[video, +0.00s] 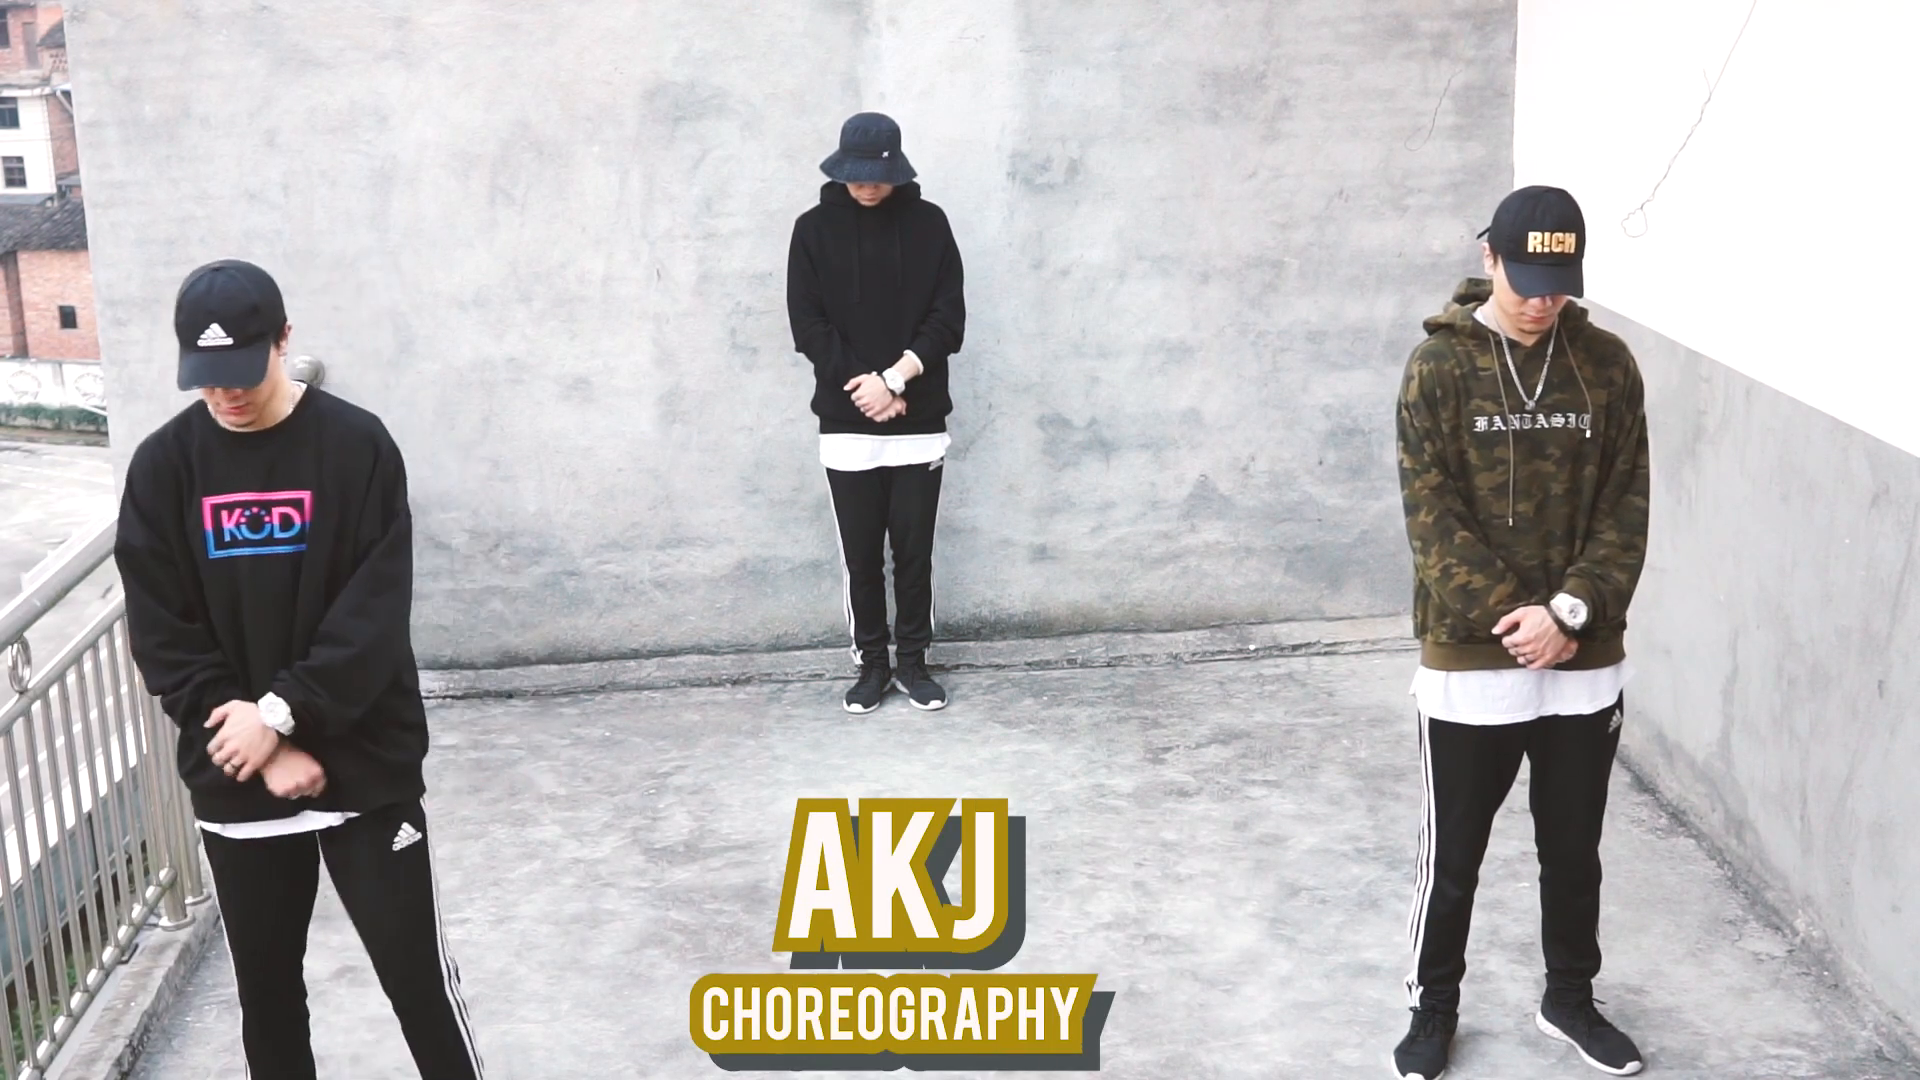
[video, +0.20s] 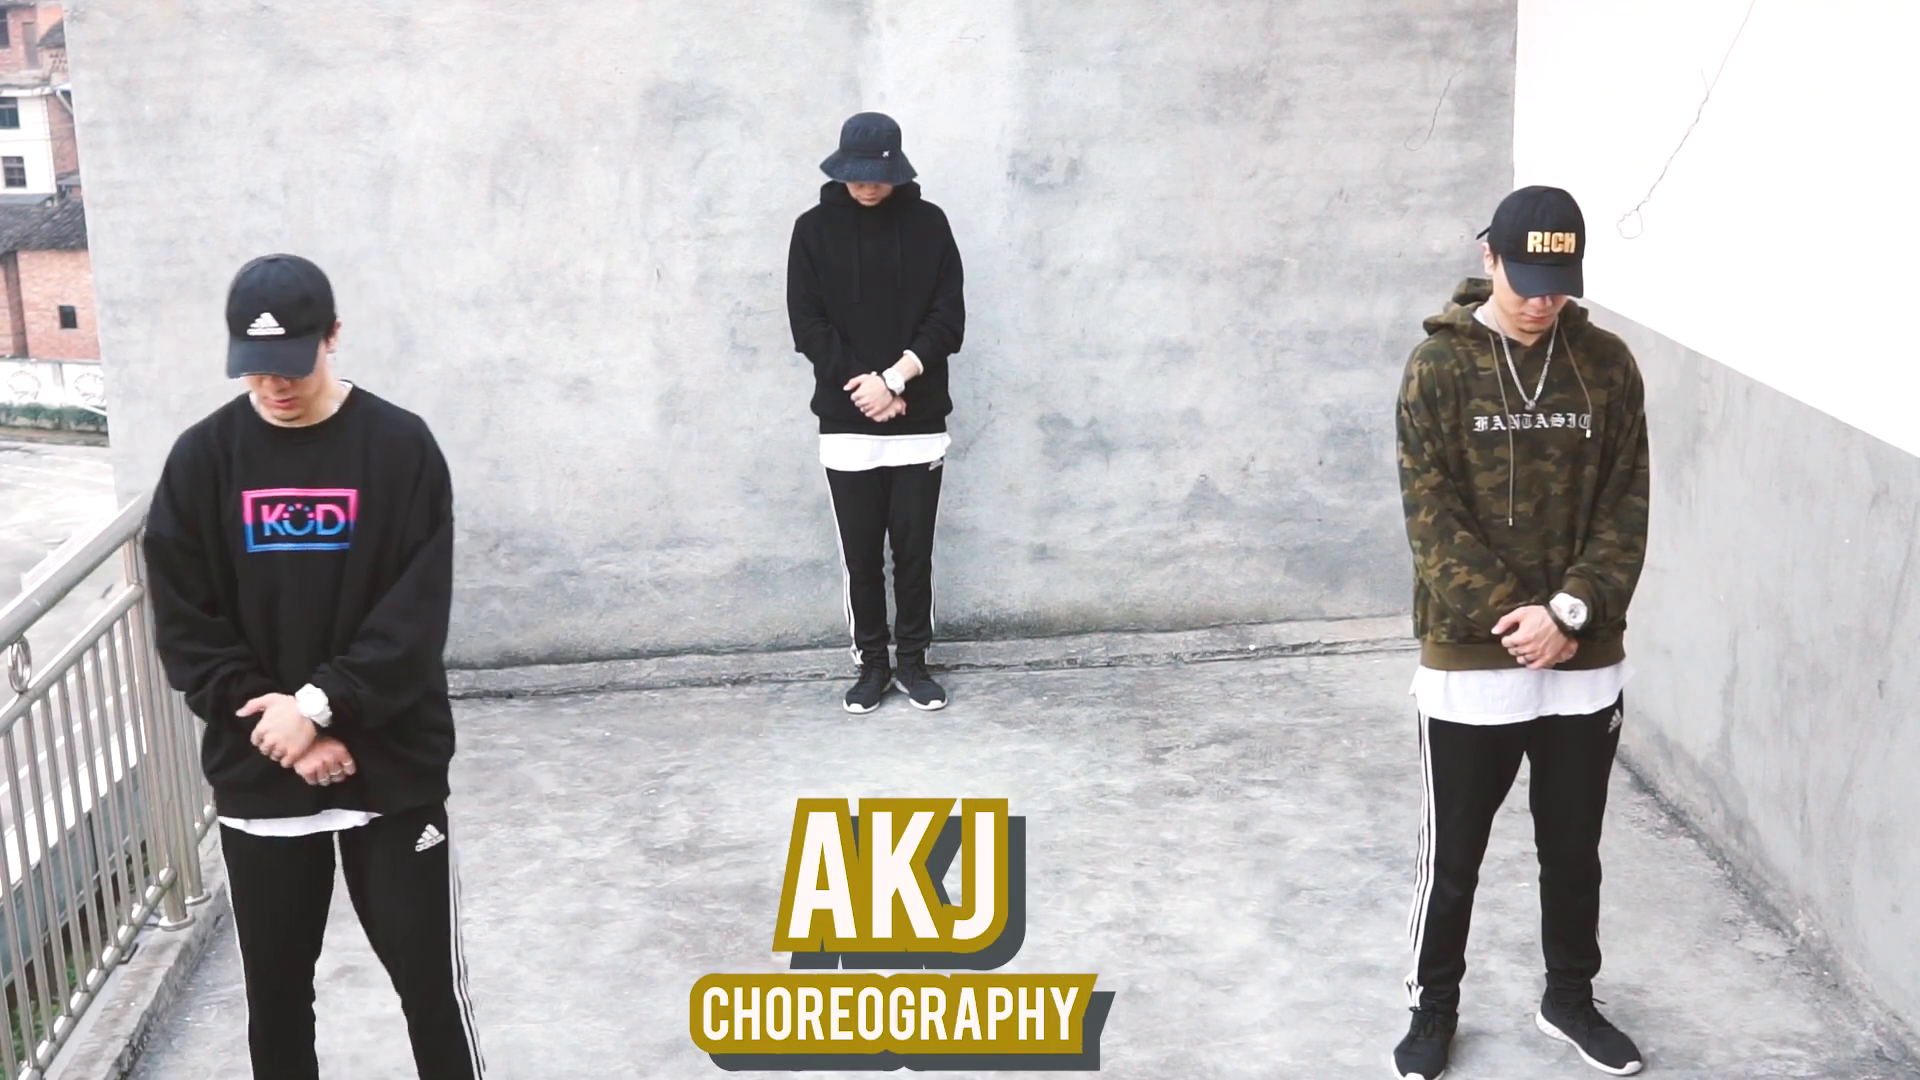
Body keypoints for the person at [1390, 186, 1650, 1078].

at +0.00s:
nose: (1547, 300)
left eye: (1562, 284)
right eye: (1531, 282)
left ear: (1582, 271)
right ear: (1491, 259)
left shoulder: (1609, 364)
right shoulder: (1440, 364)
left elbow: (1628, 508)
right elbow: (1431, 515)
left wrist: (1574, 613)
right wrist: (1518, 620)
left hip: (1583, 660)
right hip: (1470, 662)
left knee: (1575, 851)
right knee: (1453, 853)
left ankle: (1571, 998)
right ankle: (1433, 1005)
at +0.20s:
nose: (1547, 300)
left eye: (1562, 284)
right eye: (1530, 282)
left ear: (1581, 271)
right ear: (1491, 259)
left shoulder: (1609, 364)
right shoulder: (1440, 363)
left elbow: (1627, 508)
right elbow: (1431, 515)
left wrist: (1574, 613)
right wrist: (1518, 620)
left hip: (1583, 661)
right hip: (1470, 662)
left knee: (1574, 850)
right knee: (1453, 853)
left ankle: (1571, 998)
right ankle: (1433, 1005)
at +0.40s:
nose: (1547, 300)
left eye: (1562, 284)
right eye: (1530, 281)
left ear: (1582, 271)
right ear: (1491, 259)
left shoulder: (1609, 364)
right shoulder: (1440, 363)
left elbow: (1628, 508)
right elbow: (1431, 514)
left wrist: (1575, 613)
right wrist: (1519, 621)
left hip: (1583, 661)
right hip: (1469, 662)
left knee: (1574, 850)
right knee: (1453, 853)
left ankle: (1571, 998)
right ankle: (1433, 1006)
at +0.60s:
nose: (1547, 300)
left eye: (1562, 284)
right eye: (1531, 281)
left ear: (1582, 271)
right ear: (1491, 259)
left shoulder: (1610, 364)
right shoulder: (1440, 363)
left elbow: (1628, 508)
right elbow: (1431, 514)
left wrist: (1574, 613)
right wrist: (1519, 621)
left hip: (1583, 661)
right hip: (1469, 663)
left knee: (1574, 850)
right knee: (1452, 853)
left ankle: (1571, 998)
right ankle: (1433, 1006)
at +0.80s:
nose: (1548, 300)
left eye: (1564, 283)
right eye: (1532, 281)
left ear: (1583, 271)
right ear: (1493, 259)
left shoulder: (1611, 364)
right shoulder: (1441, 363)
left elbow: (1629, 509)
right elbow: (1432, 515)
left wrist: (1576, 613)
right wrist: (1520, 620)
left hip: (1583, 660)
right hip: (1470, 662)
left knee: (1574, 850)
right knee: (1453, 855)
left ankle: (1571, 998)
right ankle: (1432, 1007)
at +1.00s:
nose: (1550, 300)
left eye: (1565, 284)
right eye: (1534, 281)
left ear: (1584, 272)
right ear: (1494, 259)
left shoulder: (1612, 365)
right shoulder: (1442, 362)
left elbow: (1629, 509)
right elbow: (1433, 514)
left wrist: (1575, 613)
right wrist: (1521, 621)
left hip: (1584, 659)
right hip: (1469, 661)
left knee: (1575, 848)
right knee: (1454, 852)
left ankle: (1570, 997)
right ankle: (1433, 1005)